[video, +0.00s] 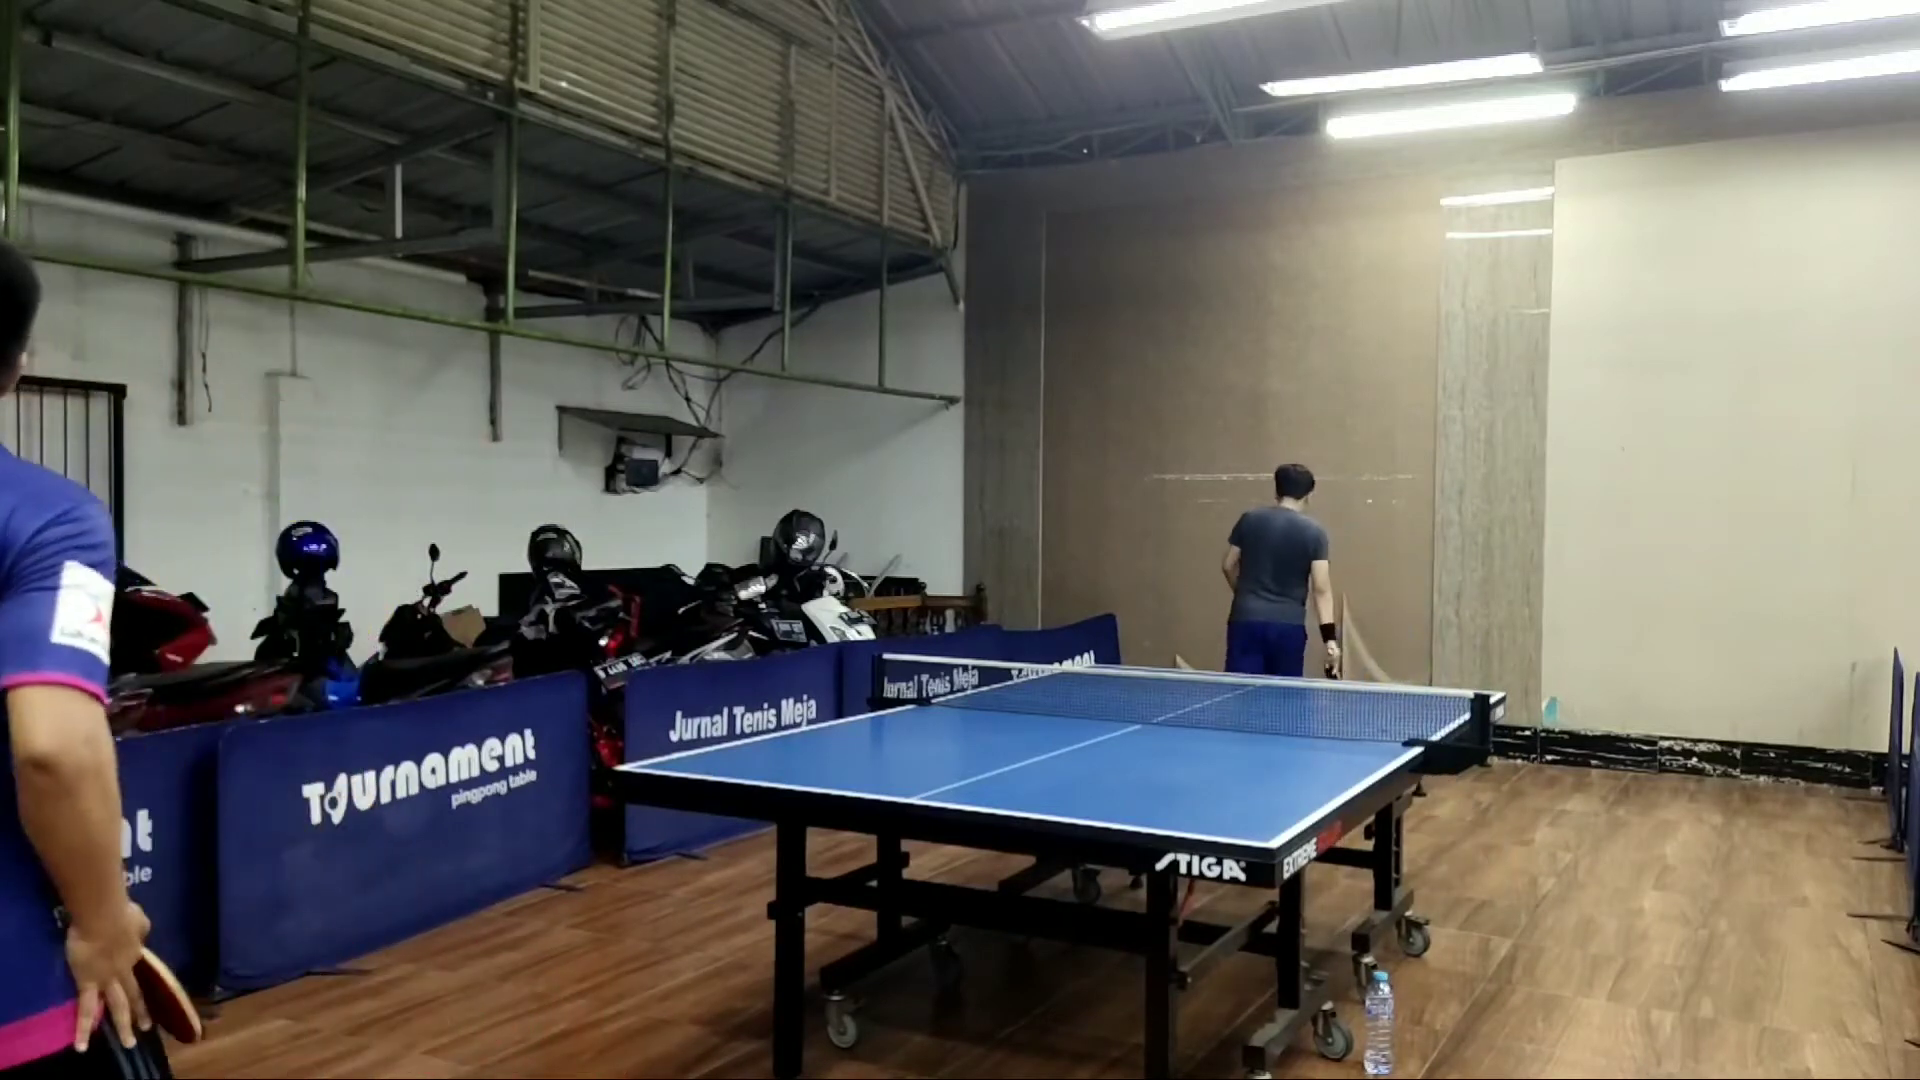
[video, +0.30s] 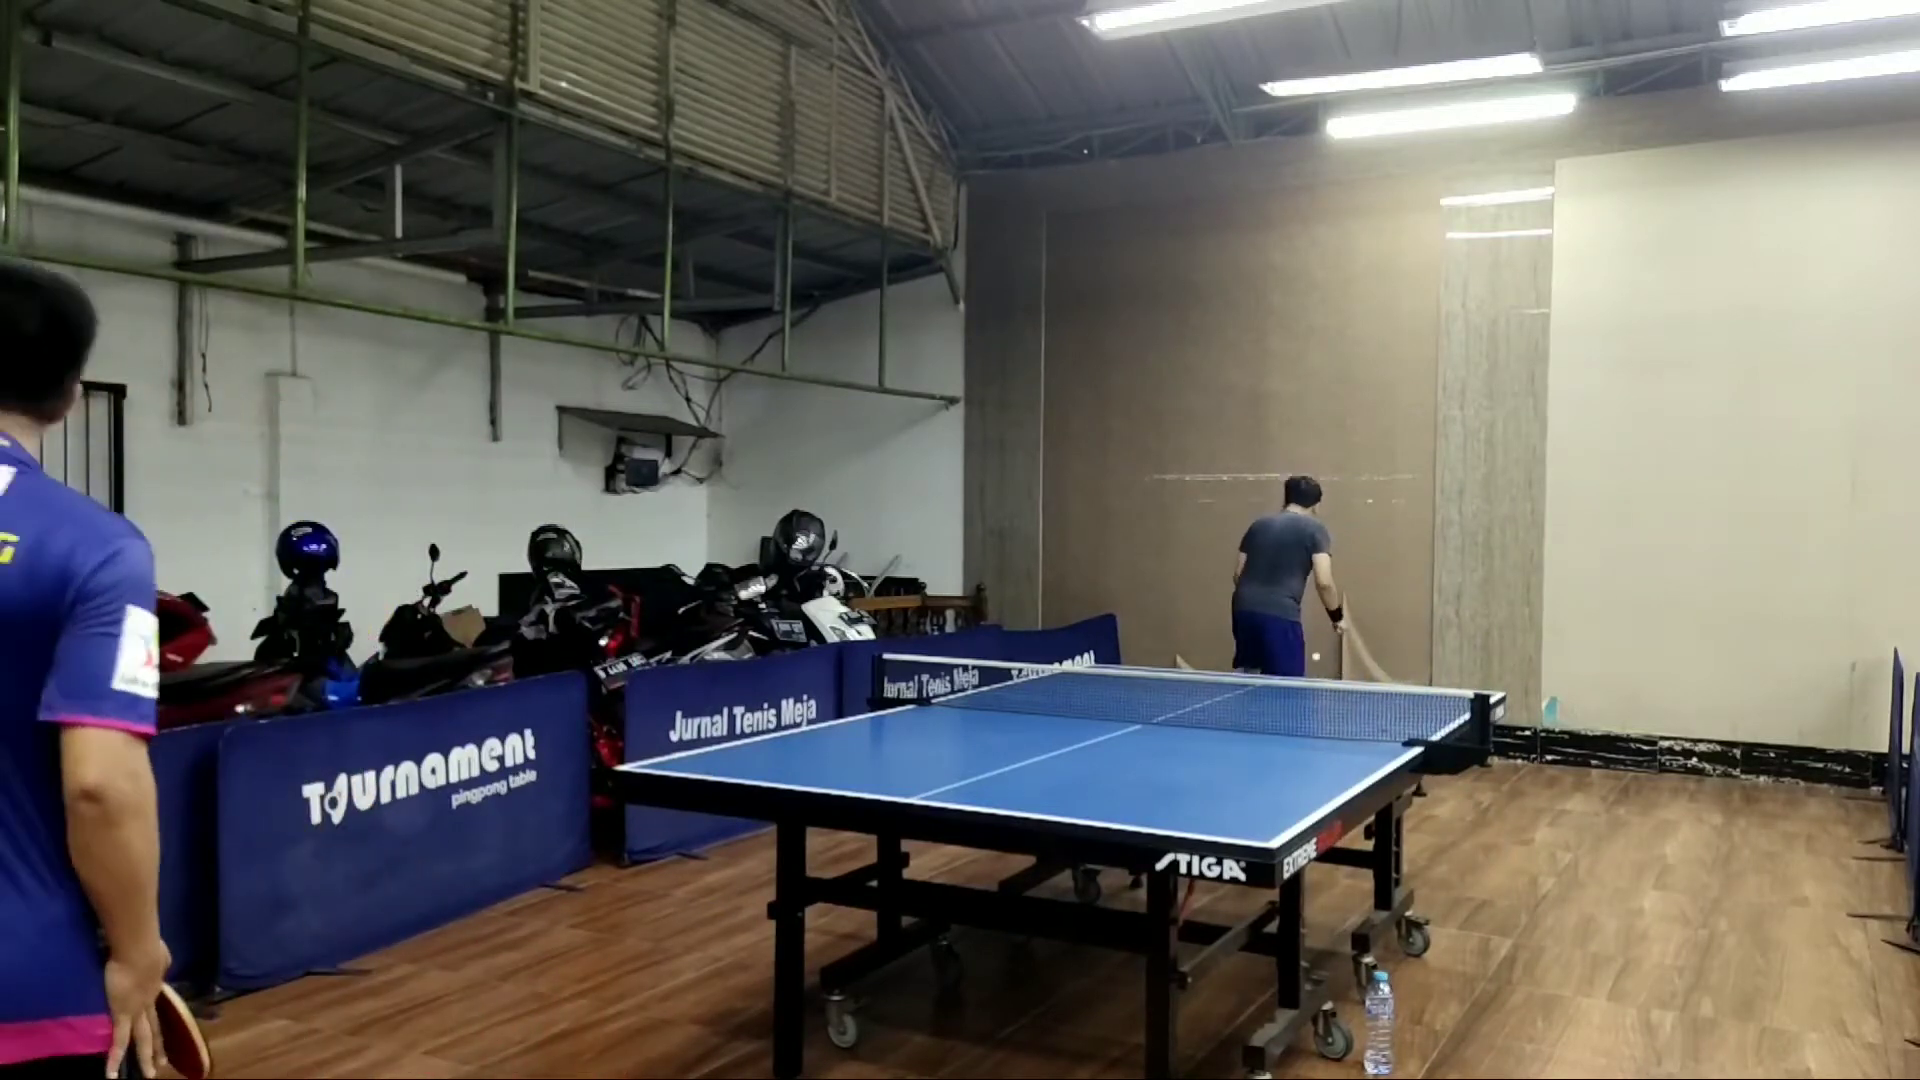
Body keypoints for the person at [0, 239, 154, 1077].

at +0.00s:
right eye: (26, 358)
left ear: (18, 363)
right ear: (18, 365)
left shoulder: (52, 515)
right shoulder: (48, 512)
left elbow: (52, 743)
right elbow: (50, 743)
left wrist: (101, 920)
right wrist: (103, 919)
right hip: (20, 1021)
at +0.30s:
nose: (78, 389)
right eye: (80, 371)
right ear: (68, 390)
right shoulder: (89, 546)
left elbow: (98, 783)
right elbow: (98, 782)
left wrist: (133, 949)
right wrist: (137, 948)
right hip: (34, 1010)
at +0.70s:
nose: (124, 378)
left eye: (129, 364)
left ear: (147, 370)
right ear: (248, 411)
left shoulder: (21, 493)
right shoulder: (284, 547)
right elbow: (301, 754)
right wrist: (330, 865)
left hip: (30, 911)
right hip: (195, 925)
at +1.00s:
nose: (358, 419)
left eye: (358, 399)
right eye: (356, 398)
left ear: (247, 394)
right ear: (334, 405)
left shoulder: (132, 512)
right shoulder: (350, 534)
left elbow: (79, 691)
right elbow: (392, 720)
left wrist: (57, 838)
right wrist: (449, 764)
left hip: (153, 886)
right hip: (279, 900)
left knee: (195, 1061)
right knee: (285, 1065)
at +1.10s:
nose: (388, 425)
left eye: (387, 406)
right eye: (385, 405)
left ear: (279, 404)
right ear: (360, 413)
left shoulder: (172, 519)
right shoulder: (368, 533)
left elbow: (126, 688)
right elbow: (404, 712)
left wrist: (96, 835)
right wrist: (472, 788)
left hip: (193, 876)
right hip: (307, 881)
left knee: (251, 1061)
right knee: (304, 1066)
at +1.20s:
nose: (411, 422)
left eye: (410, 402)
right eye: (408, 401)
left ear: (307, 400)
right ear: (381, 407)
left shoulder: (211, 517)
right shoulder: (383, 521)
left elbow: (175, 682)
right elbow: (406, 697)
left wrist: (152, 823)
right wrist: (468, 824)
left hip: (234, 851)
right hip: (341, 859)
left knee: (269, 1043)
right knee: (346, 1059)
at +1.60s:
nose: (534, 415)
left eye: (531, 400)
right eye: (516, 401)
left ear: (465, 419)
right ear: (463, 417)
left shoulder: (417, 499)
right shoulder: (445, 516)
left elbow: (407, 663)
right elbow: (406, 668)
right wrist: (434, 817)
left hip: (395, 809)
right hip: (478, 814)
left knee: (357, 999)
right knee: (537, 996)